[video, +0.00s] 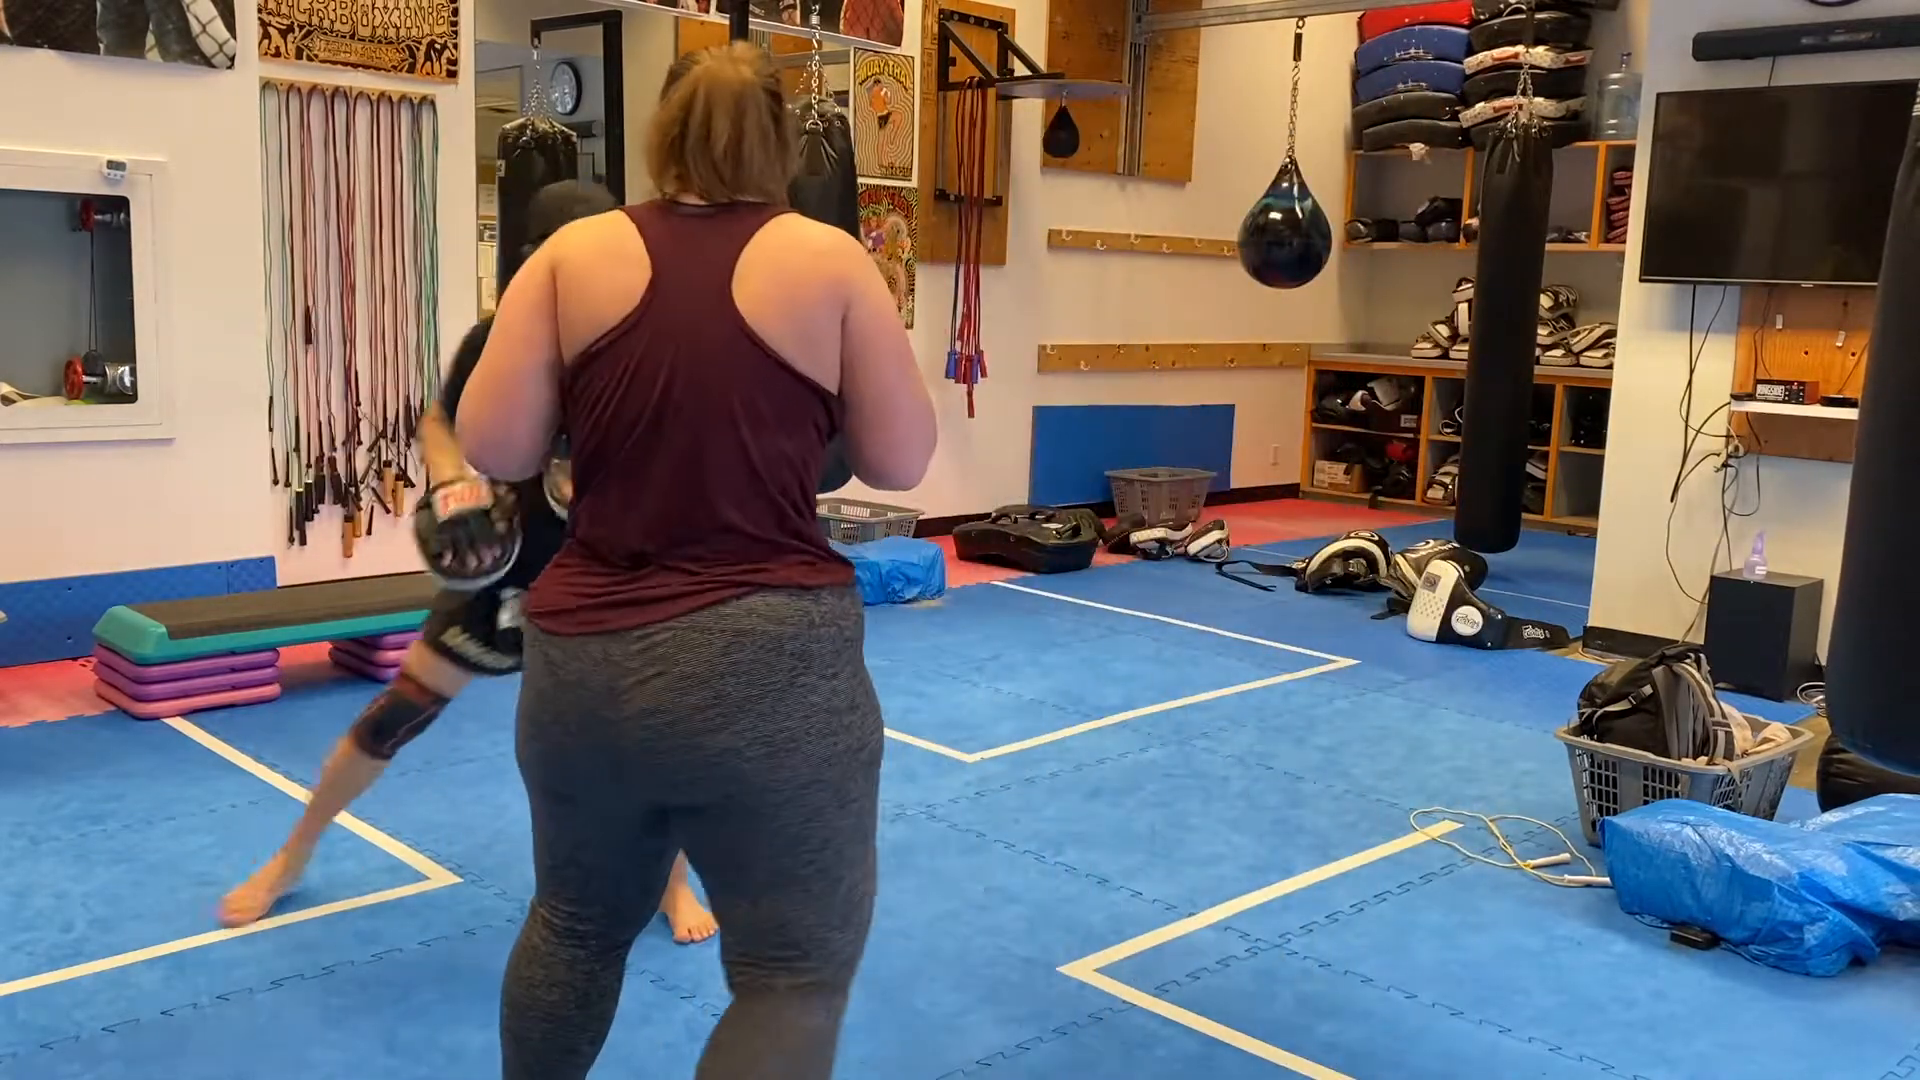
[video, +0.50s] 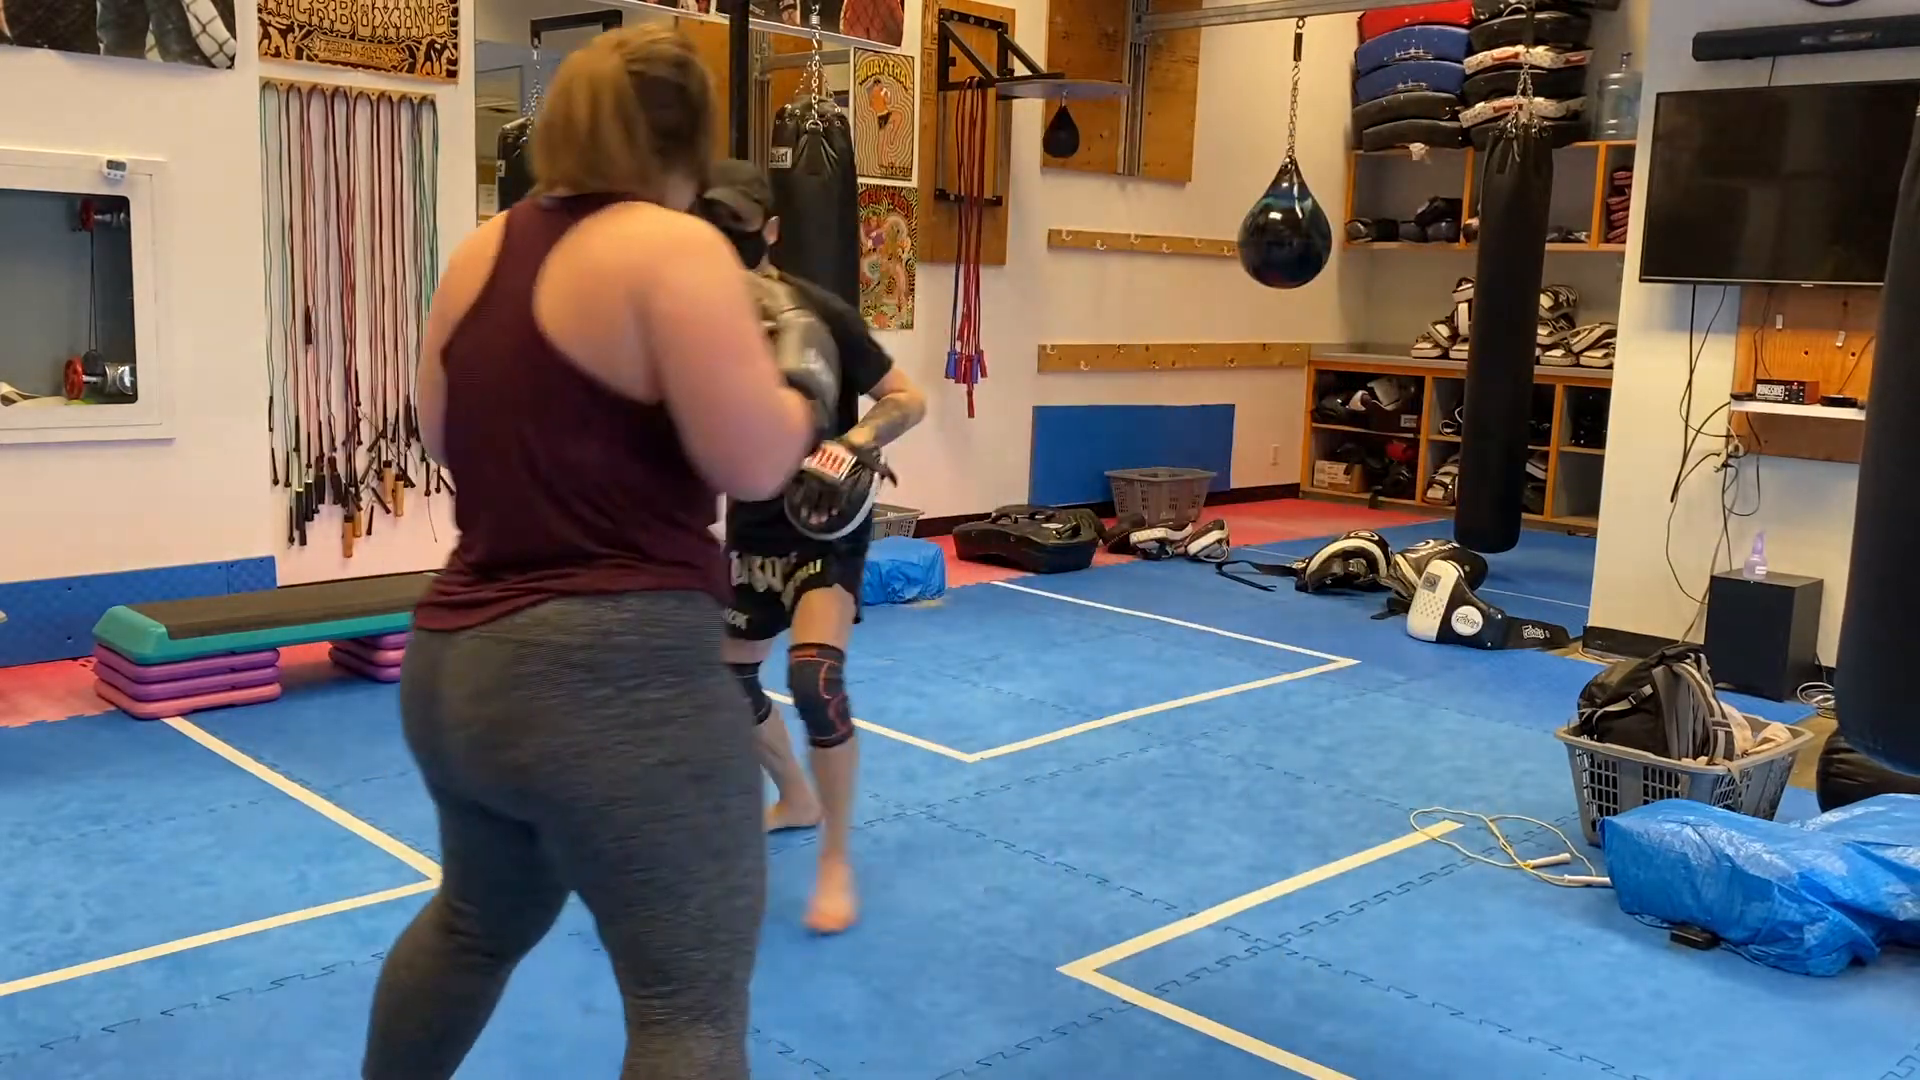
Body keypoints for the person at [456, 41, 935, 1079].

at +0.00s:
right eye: (785, 136)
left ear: (661, 138)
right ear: (777, 143)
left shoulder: (568, 259)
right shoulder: (828, 262)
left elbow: (496, 446)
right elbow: (899, 456)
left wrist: (594, 388)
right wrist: (788, 423)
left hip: (585, 653)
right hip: (774, 649)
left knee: (575, 921)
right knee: (789, 978)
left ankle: (533, 1076)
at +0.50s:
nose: (713, 149)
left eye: (706, 132)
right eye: (707, 132)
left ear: (566, 125)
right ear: (685, 136)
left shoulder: (481, 248)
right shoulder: (674, 248)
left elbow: (443, 432)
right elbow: (756, 463)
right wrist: (801, 366)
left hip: (461, 653)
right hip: (620, 671)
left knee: (477, 918)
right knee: (689, 1009)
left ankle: (391, 1071)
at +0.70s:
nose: (627, 158)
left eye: (626, 136)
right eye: (622, 136)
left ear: (491, 118)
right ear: (583, 129)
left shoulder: (429, 221)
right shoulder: (559, 234)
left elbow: (480, 399)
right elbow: (594, 447)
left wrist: (613, 328)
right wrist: (684, 386)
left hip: (368, 632)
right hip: (487, 650)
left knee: (427, 923)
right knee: (625, 957)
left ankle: (372, 1074)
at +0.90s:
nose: (573, 131)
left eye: (572, 112)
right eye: (565, 110)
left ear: (437, 102)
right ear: (527, 109)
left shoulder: (374, 217)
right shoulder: (504, 223)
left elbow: (442, 377)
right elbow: (584, 434)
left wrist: (573, 295)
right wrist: (651, 353)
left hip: (358, 634)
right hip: (455, 656)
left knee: (418, 924)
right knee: (480, 978)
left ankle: (367, 1063)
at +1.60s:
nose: (591, 159)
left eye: (589, 140)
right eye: (576, 140)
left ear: (512, 150)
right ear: (523, 147)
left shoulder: (522, 258)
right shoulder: (435, 251)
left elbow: (591, 339)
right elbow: (488, 438)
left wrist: (694, 287)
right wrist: (588, 335)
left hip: (469, 600)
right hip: (383, 606)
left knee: (510, 781)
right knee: (435, 890)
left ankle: (445, 995)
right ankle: (362, 1064)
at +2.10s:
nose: (545, 205)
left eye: (548, 189)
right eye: (536, 186)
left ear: (482, 176)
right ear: (489, 175)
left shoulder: (484, 251)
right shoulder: (443, 249)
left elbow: (532, 361)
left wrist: (587, 307)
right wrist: (604, 308)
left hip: (493, 534)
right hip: (440, 540)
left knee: (526, 695)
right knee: (455, 777)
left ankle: (475, 878)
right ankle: (364, 1028)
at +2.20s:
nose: (545, 193)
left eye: (548, 181)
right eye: (543, 179)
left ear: (443, 162)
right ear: (520, 172)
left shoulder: (361, 250)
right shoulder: (516, 240)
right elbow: (659, 303)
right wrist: (709, 257)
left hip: (398, 525)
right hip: (471, 532)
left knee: (485, 716)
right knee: (472, 769)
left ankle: (475, 878)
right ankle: (392, 999)